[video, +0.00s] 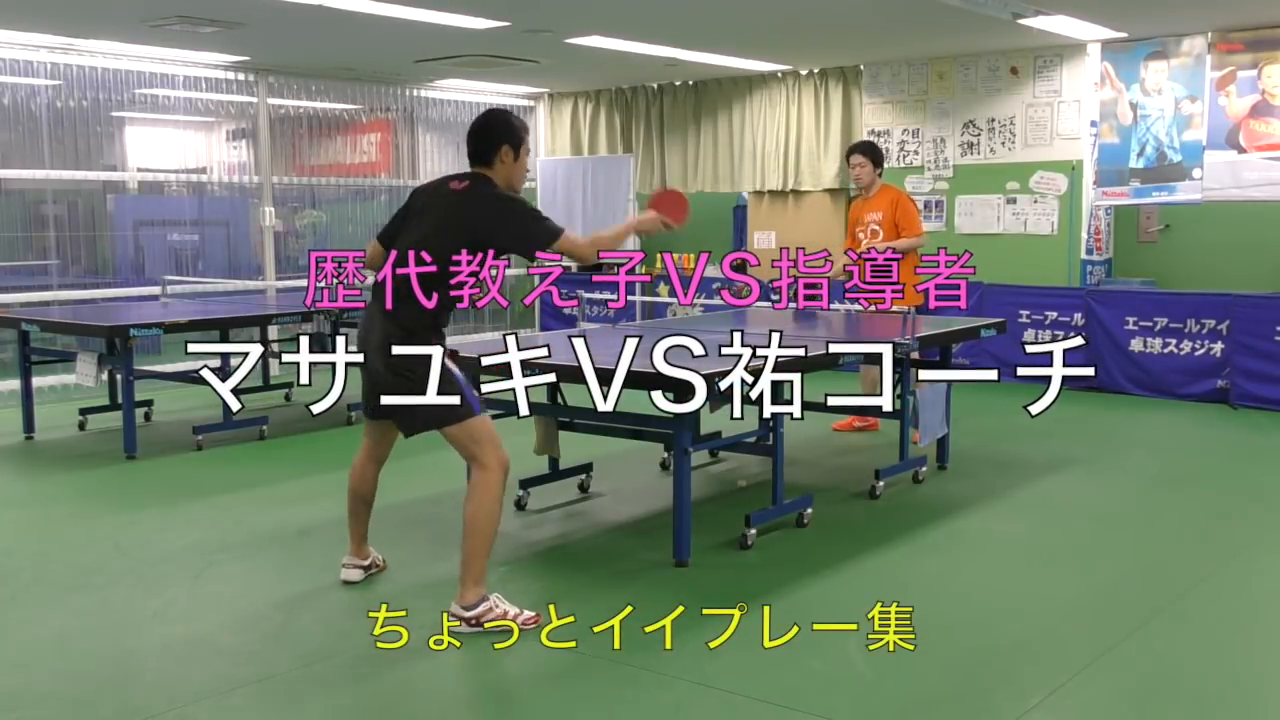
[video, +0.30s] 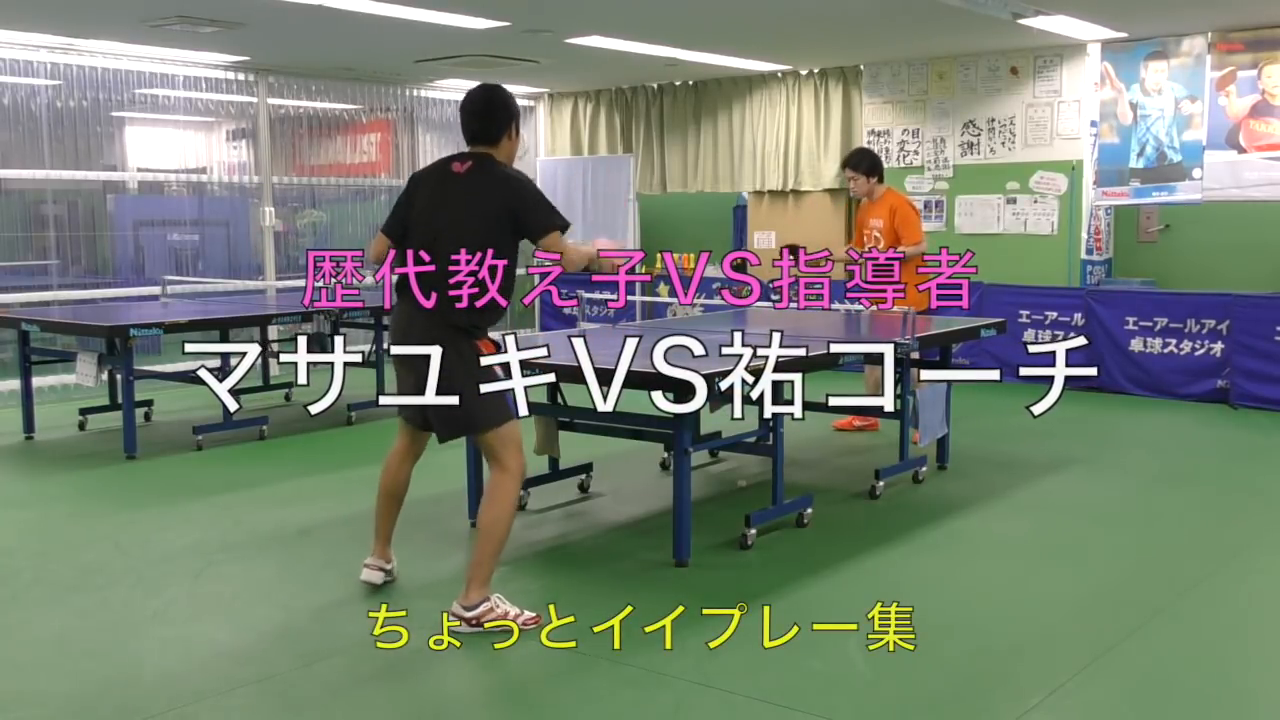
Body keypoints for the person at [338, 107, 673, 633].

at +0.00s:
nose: (527, 166)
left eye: (526, 156)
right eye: (524, 156)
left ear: (478, 156)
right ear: (505, 155)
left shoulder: (430, 192)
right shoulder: (499, 206)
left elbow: (374, 258)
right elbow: (582, 249)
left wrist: (434, 262)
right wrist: (635, 225)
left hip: (378, 340)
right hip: (416, 347)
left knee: (373, 450)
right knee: (490, 461)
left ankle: (356, 554)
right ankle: (472, 598)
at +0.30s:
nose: (519, 138)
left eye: (516, 129)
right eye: (518, 129)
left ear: (465, 131)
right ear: (510, 131)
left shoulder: (425, 180)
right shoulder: (511, 185)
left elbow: (377, 253)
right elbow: (563, 252)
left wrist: (422, 246)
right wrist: (587, 254)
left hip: (411, 340)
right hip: (465, 344)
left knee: (409, 441)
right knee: (508, 464)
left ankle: (378, 556)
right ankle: (475, 598)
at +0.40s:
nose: (520, 131)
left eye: (518, 121)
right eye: (518, 122)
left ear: (465, 122)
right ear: (509, 123)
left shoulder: (427, 171)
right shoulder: (495, 176)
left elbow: (383, 244)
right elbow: (503, 257)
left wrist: (435, 242)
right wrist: (562, 307)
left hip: (409, 332)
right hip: (454, 336)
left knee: (417, 440)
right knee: (496, 459)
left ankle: (388, 561)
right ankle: (473, 598)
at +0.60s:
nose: (523, 162)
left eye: (524, 152)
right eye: (522, 151)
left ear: (480, 144)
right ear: (502, 147)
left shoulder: (444, 186)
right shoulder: (468, 189)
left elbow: (399, 262)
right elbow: (454, 262)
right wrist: (506, 314)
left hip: (401, 345)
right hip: (432, 347)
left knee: (429, 450)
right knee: (508, 460)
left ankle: (392, 570)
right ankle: (474, 595)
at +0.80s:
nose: (532, 149)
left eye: (532, 137)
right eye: (529, 137)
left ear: (487, 133)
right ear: (506, 133)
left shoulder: (435, 176)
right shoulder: (496, 186)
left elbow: (385, 251)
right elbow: (562, 253)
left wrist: (445, 265)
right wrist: (619, 234)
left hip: (402, 335)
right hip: (444, 339)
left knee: (414, 450)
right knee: (523, 452)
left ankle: (390, 570)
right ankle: (501, 594)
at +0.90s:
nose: (535, 145)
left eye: (533, 135)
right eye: (533, 135)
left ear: (481, 134)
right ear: (519, 134)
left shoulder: (435, 181)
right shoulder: (521, 189)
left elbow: (390, 254)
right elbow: (597, 235)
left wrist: (441, 263)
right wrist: (614, 202)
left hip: (416, 337)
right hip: (468, 345)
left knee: (413, 456)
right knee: (539, 460)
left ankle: (388, 570)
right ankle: (564, 607)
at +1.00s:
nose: (546, 151)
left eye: (541, 142)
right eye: (544, 142)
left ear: (490, 147)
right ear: (536, 145)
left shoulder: (452, 195)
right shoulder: (546, 200)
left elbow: (405, 270)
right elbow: (623, 244)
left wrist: (443, 283)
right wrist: (625, 210)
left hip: (443, 354)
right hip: (499, 362)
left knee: (422, 465)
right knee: (573, 479)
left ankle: (389, 572)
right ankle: (623, 622)